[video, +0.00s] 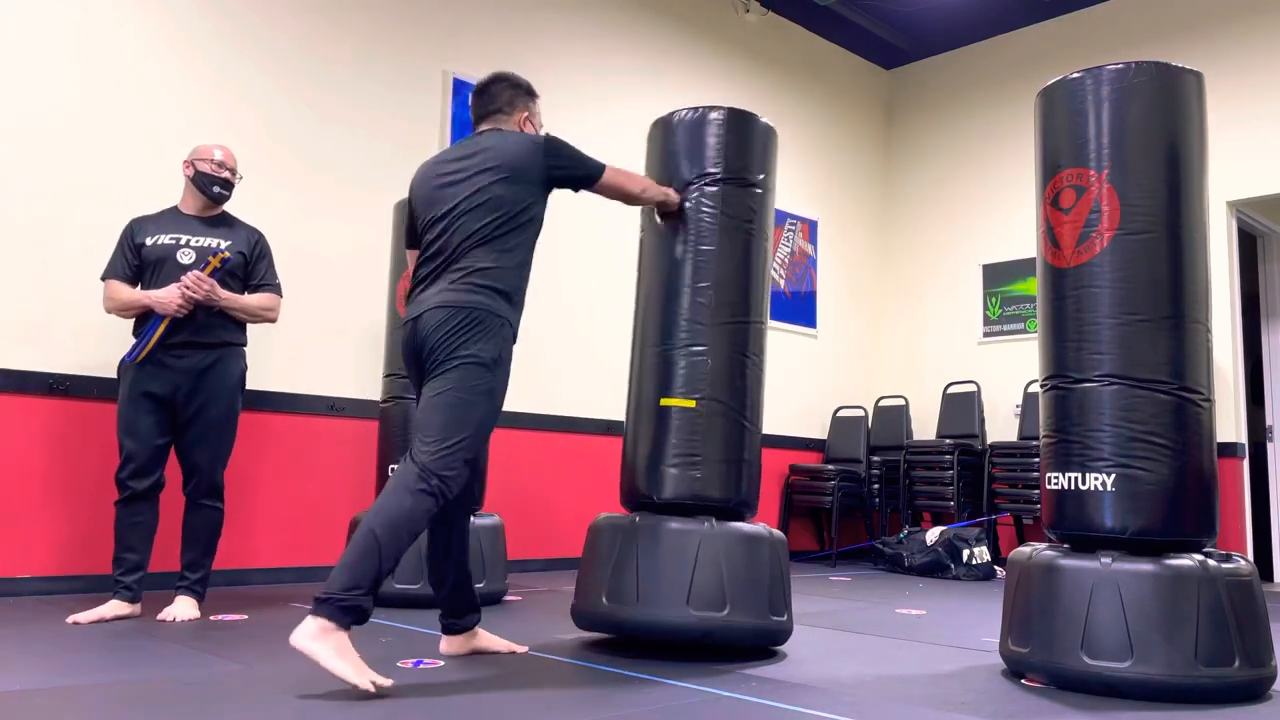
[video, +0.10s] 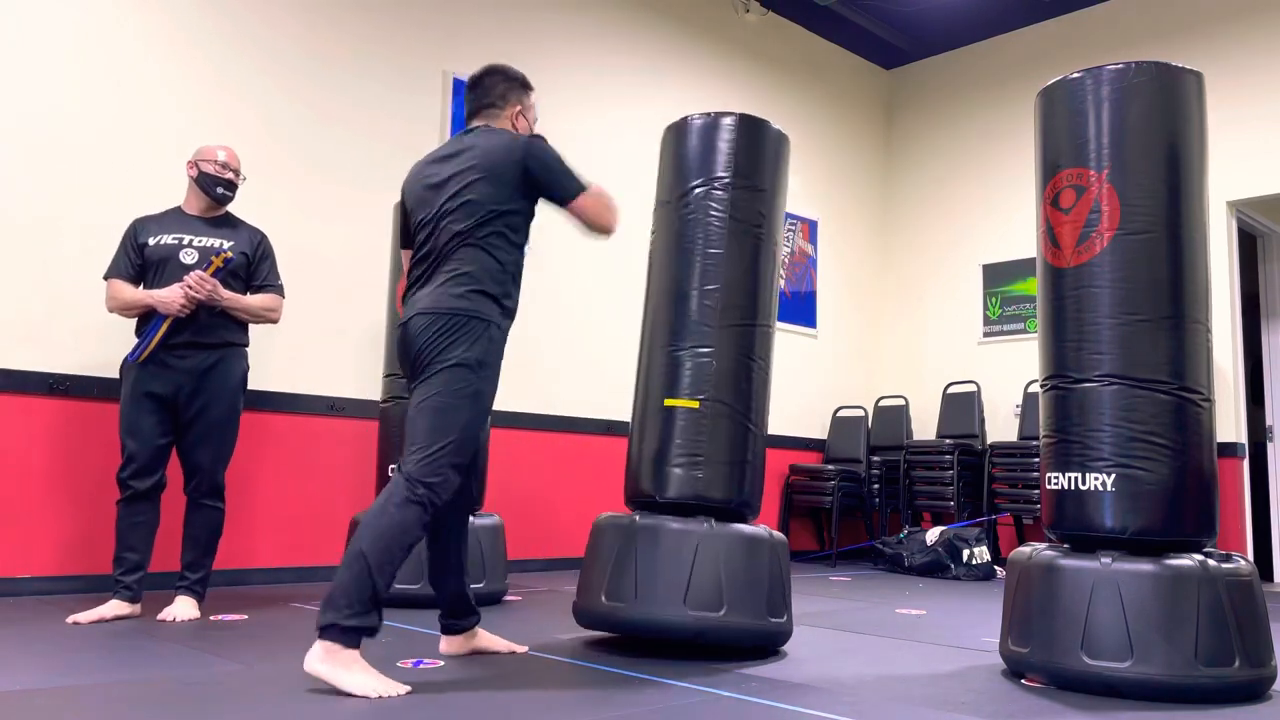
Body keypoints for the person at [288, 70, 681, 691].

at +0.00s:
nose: (540, 129)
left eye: (539, 121)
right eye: (538, 120)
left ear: (477, 117)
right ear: (524, 116)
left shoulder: (428, 172)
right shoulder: (532, 147)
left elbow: (416, 259)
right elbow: (632, 187)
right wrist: (668, 197)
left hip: (421, 320)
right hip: (477, 316)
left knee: (455, 481)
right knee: (428, 473)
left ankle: (460, 627)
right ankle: (327, 621)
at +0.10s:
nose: (533, 125)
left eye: (531, 117)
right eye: (532, 116)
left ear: (472, 113)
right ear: (517, 111)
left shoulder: (423, 168)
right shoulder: (521, 148)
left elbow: (412, 269)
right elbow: (603, 217)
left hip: (418, 320)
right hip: (466, 317)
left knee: (454, 485)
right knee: (423, 481)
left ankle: (460, 628)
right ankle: (336, 643)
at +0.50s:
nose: (522, 105)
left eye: (522, 94)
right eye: (520, 93)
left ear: (467, 88)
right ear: (499, 88)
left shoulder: (440, 143)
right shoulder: (473, 142)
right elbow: (510, 241)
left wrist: (517, 193)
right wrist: (547, 194)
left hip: (447, 328)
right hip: (443, 327)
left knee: (496, 467)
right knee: (395, 485)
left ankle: (463, 620)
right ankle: (330, 655)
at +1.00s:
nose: (546, 134)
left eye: (546, 126)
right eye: (545, 125)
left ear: (483, 123)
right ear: (532, 122)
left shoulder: (435, 176)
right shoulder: (538, 152)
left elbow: (427, 262)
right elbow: (639, 198)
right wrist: (667, 207)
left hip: (426, 325)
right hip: (477, 323)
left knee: (457, 482)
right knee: (439, 484)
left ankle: (463, 627)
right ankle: (355, 638)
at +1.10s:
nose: (545, 134)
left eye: (543, 125)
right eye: (544, 125)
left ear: (483, 121)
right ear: (529, 120)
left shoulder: (436, 175)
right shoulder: (533, 157)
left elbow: (428, 265)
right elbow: (609, 233)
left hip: (423, 324)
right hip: (474, 322)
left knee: (456, 486)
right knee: (433, 490)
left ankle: (464, 626)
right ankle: (369, 650)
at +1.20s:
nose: (545, 129)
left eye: (544, 119)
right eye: (544, 118)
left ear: (484, 114)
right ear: (529, 114)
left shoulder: (442, 167)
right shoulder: (524, 162)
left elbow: (422, 263)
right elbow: (565, 261)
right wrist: (541, 194)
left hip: (423, 318)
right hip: (468, 322)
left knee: (460, 485)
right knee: (433, 491)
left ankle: (463, 626)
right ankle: (366, 651)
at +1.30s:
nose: (547, 123)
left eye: (546, 113)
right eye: (546, 113)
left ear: (489, 107)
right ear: (528, 108)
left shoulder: (454, 158)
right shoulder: (513, 159)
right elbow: (550, 261)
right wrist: (550, 202)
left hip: (425, 315)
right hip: (461, 319)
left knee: (467, 477)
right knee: (434, 486)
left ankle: (466, 624)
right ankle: (368, 649)